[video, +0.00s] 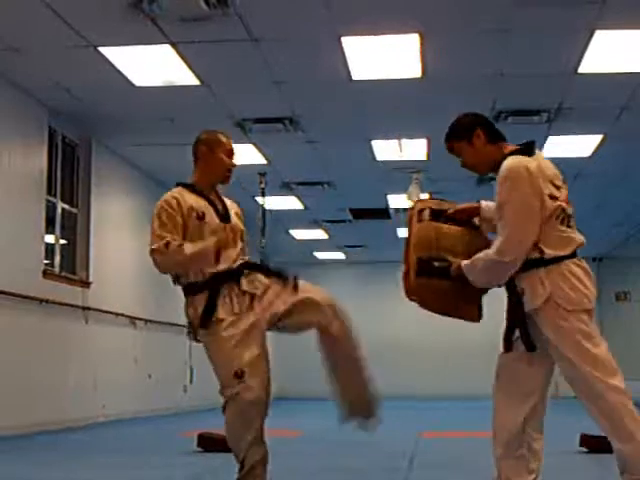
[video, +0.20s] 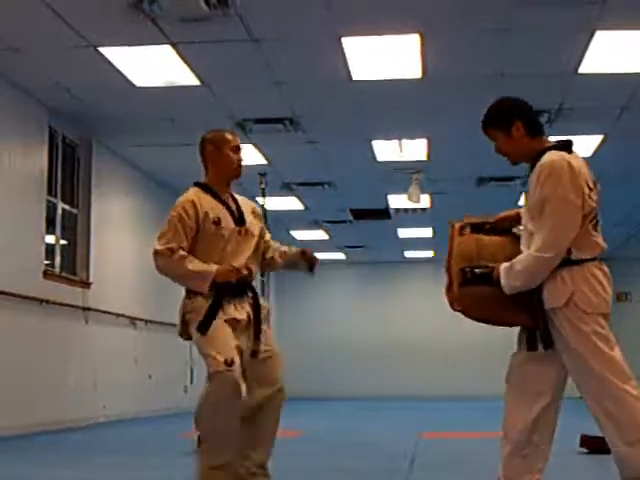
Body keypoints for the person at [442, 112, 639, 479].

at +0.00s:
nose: (464, 165)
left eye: (461, 155)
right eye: (459, 159)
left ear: (479, 139)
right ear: (483, 139)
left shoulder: (516, 168)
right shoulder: (529, 165)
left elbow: (511, 250)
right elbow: (520, 218)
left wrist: (466, 269)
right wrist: (475, 212)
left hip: (554, 283)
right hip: (532, 287)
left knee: (599, 387)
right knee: (516, 395)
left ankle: (634, 466)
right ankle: (517, 472)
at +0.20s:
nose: (499, 152)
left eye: (498, 141)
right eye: (495, 144)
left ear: (518, 130)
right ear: (521, 131)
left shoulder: (556, 166)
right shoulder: (548, 167)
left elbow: (553, 242)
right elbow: (546, 221)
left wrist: (505, 275)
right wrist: (508, 223)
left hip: (574, 284)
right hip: (550, 285)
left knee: (609, 390)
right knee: (529, 389)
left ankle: (634, 467)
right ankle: (519, 473)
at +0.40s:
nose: (506, 143)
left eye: (506, 133)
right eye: (503, 135)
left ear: (527, 124)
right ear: (533, 126)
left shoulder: (566, 162)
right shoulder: (553, 166)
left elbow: (558, 239)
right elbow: (546, 221)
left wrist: (509, 271)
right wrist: (503, 230)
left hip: (578, 280)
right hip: (550, 281)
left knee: (608, 387)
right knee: (522, 383)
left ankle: (635, 467)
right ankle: (508, 472)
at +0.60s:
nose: (482, 143)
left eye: (484, 133)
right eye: (481, 134)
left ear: (504, 130)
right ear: (510, 131)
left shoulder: (539, 167)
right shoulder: (535, 166)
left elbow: (535, 245)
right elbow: (536, 225)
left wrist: (493, 283)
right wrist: (501, 235)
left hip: (564, 283)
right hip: (541, 284)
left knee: (600, 389)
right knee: (514, 387)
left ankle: (634, 465)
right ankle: (496, 473)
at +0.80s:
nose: (447, 153)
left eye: (449, 144)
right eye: (446, 145)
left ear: (466, 137)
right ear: (477, 137)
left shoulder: (493, 168)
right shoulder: (512, 168)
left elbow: (494, 241)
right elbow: (514, 234)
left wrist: (461, 287)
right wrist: (467, 243)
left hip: (526, 282)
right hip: (516, 283)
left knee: (550, 386)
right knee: (492, 386)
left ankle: (627, 468)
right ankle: (492, 472)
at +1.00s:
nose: (424, 144)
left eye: (426, 135)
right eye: (424, 136)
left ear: (441, 132)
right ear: (459, 133)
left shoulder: (459, 161)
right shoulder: (488, 164)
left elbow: (456, 230)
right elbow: (481, 231)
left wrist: (423, 276)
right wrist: (427, 239)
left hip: (488, 276)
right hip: (513, 274)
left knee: (454, 374)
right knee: (501, 381)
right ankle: (495, 469)